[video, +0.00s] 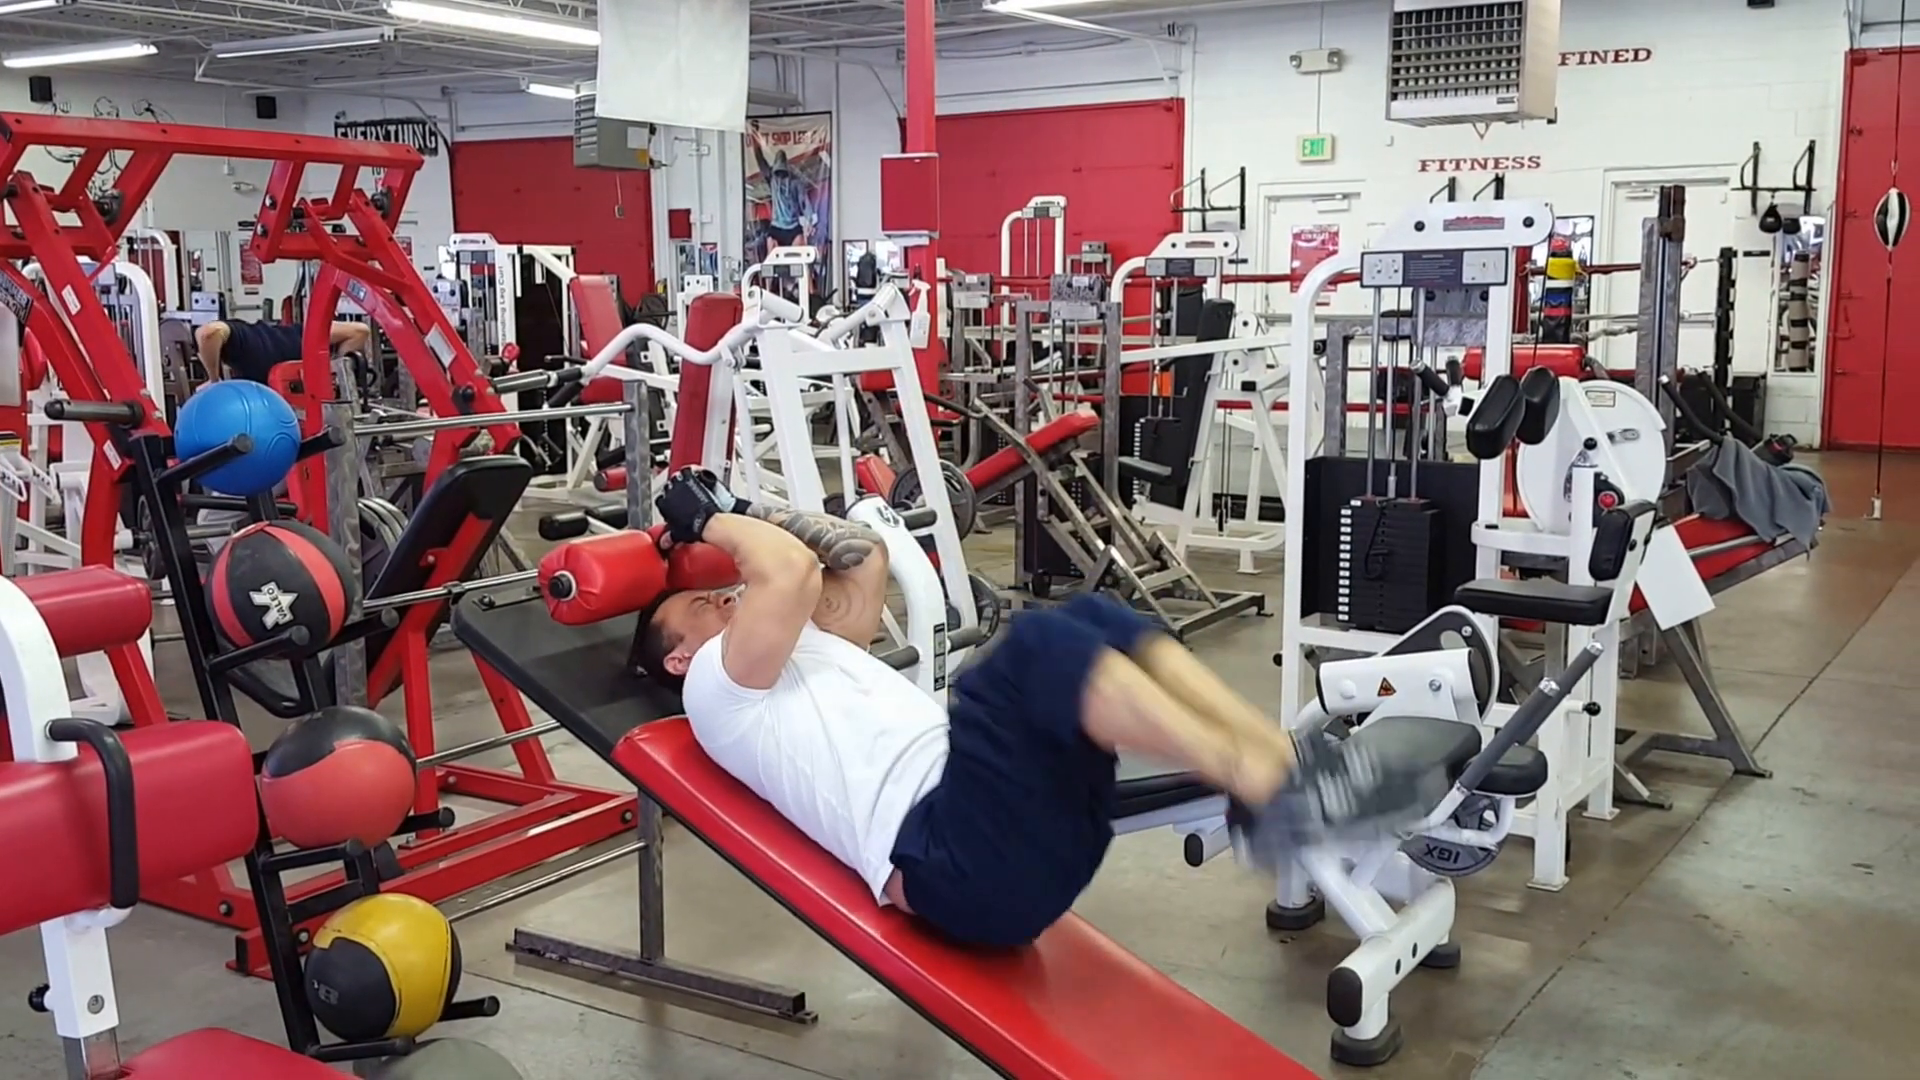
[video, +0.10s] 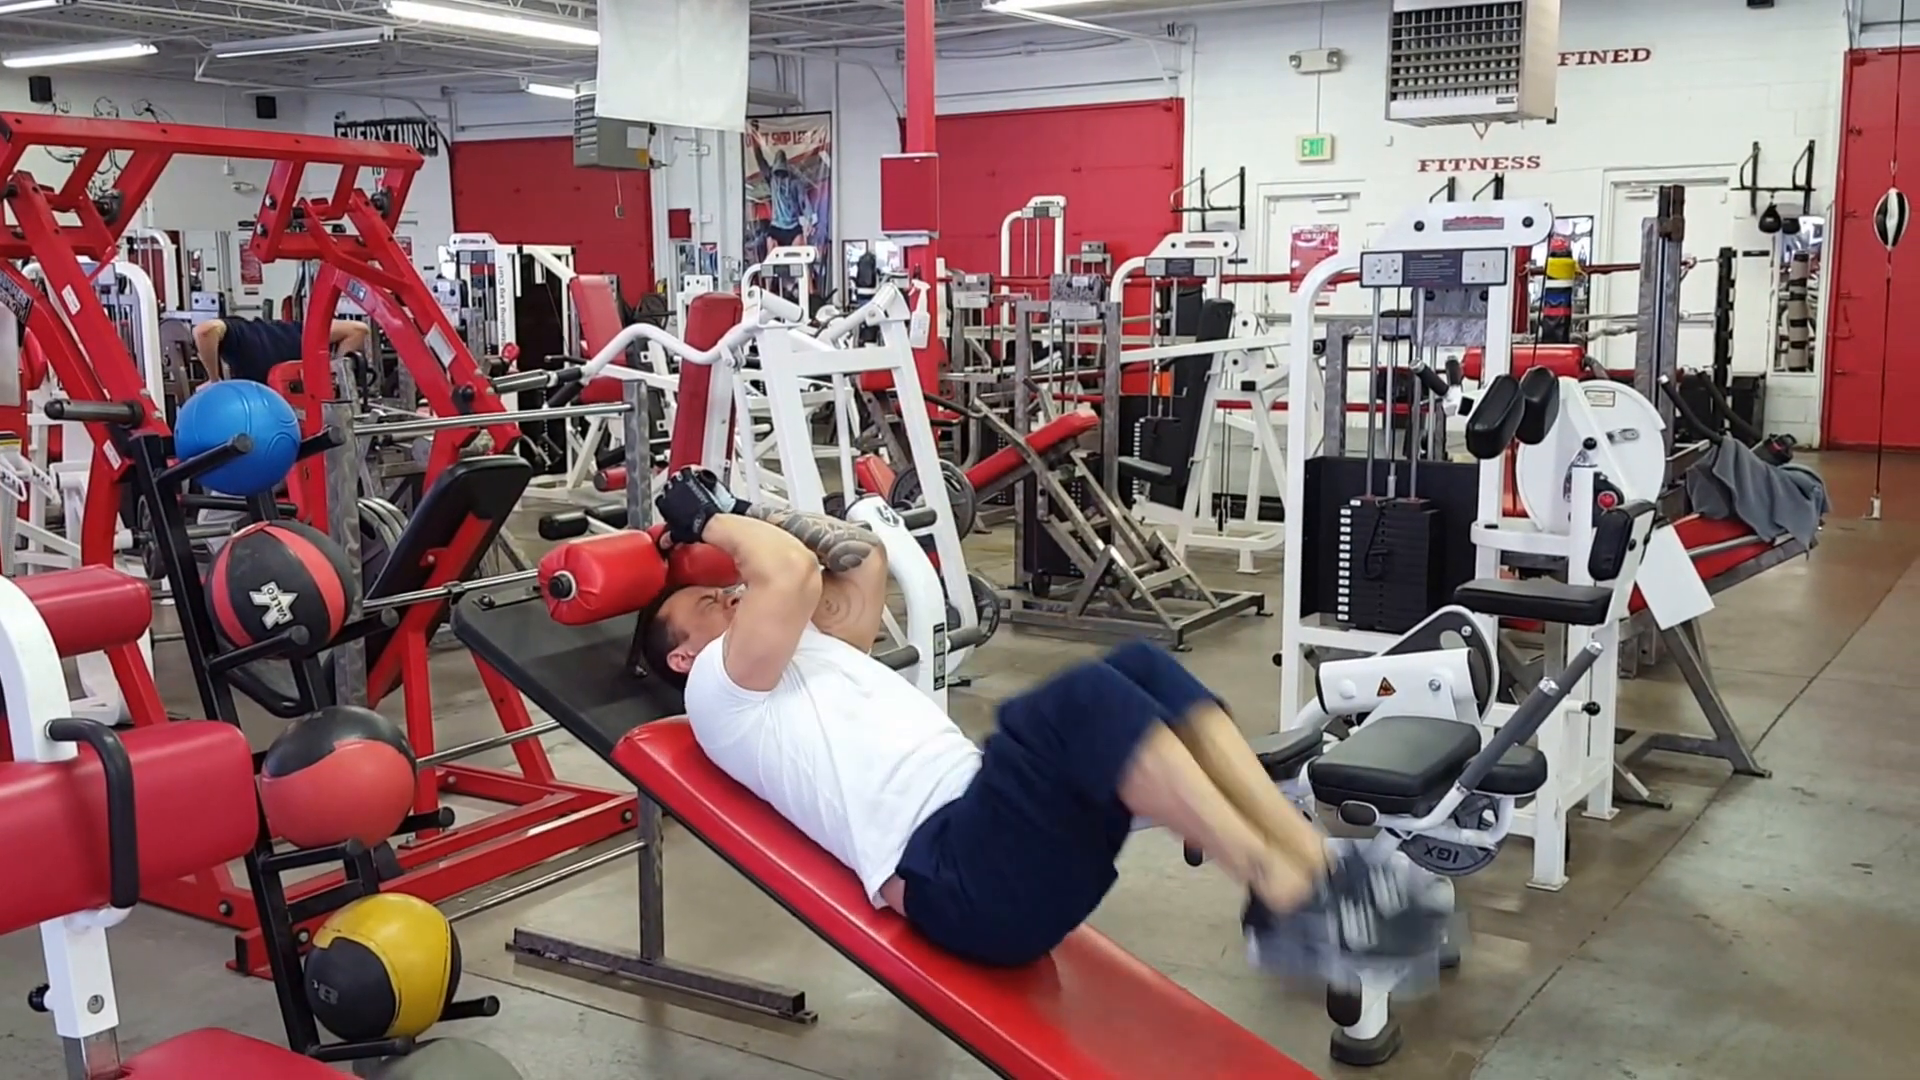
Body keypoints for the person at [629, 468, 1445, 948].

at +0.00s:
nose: (712, 612)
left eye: (699, 606)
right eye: (690, 615)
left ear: (712, 614)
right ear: (677, 650)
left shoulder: (818, 648)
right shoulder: (716, 691)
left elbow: (860, 554)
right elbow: (784, 563)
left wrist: (750, 531)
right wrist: (711, 521)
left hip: (1012, 824)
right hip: (952, 865)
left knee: (1098, 613)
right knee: (1044, 643)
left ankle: (1283, 767)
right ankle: (1250, 780)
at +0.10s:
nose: (719, 606)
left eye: (710, 598)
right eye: (698, 608)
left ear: (729, 614)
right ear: (682, 652)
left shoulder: (824, 654)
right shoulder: (718, 695)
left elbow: (862, 550)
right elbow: (783, 564)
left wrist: (756, 531)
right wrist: (700, 517)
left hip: (1015, 852)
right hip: (952, 885)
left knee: (1146, 667)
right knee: (1090, 699)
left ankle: (1322, 872)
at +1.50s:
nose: (722, 612)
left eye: (715, 607)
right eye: (699, 617)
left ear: (727, 614)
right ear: (672, 666)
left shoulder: (795, 664)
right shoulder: (704, 696)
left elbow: (848, 604)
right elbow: (781, 574)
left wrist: (754, 527)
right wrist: (706, 517)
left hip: (1039, 719)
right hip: (966, 753)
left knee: (940, 524)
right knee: (879, 515)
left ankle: (1039, 331)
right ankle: (1027, 328)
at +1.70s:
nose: (715, 605)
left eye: (706, 601)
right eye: (694, 609)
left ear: (714, 619)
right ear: (678, 649)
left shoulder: (800, 666)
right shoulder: (708, 687)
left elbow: (874, 619)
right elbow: (776, 574)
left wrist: (786, 557)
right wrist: (708, 518)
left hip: (1030, 790)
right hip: (967, 834)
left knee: (935, 595)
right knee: (911, 593)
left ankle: (1168, 549)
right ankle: (1153, 547)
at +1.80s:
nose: (727, 601)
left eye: (719, 593)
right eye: (704, 605)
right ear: (683, 650)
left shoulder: (816, 649)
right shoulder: (714, 690)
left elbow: (868, 554)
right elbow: (784, 571)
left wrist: (773, 528)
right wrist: (716, 519)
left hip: (1020, 819)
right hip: (955, 853)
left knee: (1034, 578)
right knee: (975, 609)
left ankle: (1223, 658)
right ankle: (1205, 672)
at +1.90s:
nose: (724, 599)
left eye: (716, 592)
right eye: (704, 602)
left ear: (731, 610)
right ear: (685, 647)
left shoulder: (819, 646)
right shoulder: (717, 692)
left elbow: (871, 549)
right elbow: (774, 561)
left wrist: (781, 537)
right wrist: (703, 514)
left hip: (1017, 834)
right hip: (950, 874)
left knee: (1084, 614)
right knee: (1022, 649)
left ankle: (1273, 760)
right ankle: (1236, 781)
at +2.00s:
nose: (733, 609)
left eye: (726, 599)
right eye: (710, 609)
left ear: (739, 611)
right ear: (687, 648)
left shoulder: (822, 650)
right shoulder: (716, 696)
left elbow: (868, 549)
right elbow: (777, 567)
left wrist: (781, 550)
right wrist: (702, 516)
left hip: (1021, 856)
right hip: (952, 888)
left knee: (1135, 665)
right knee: (1066, 698)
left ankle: (1313, 878)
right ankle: (1267, 891)